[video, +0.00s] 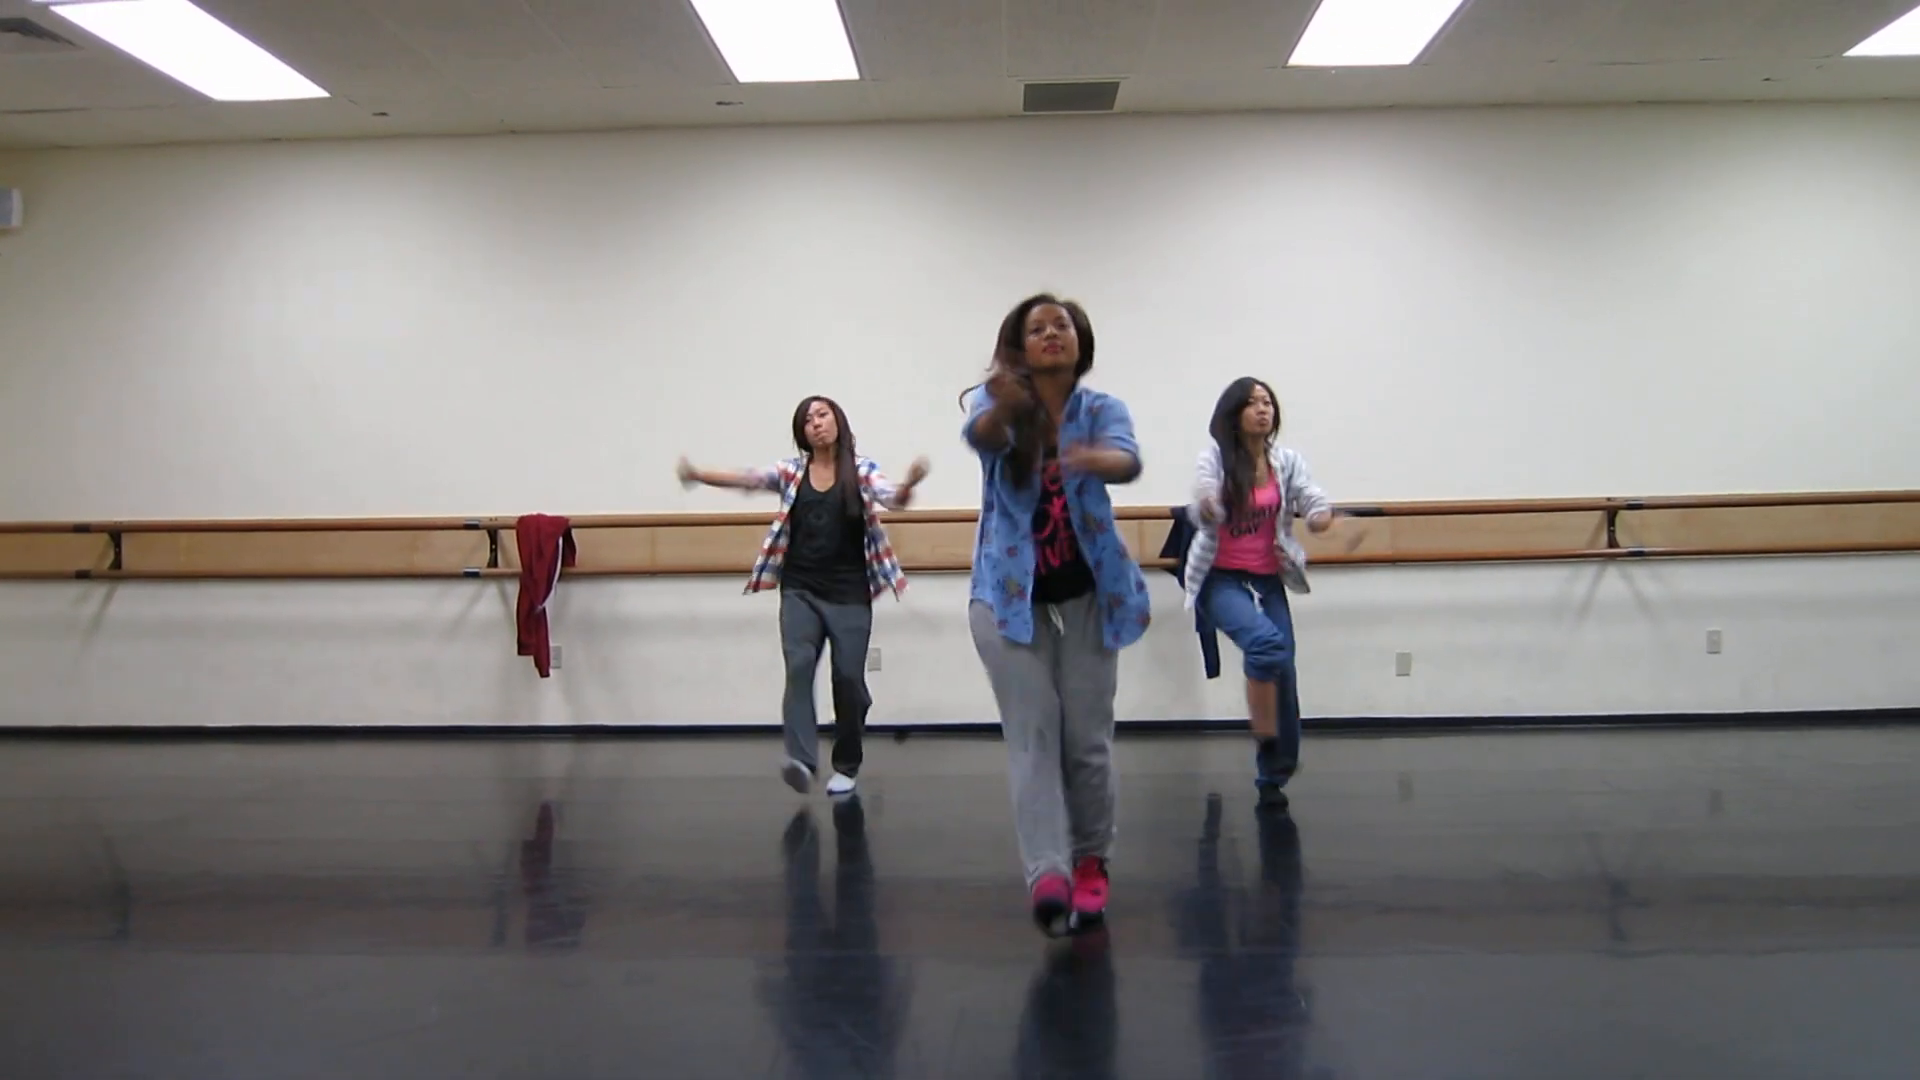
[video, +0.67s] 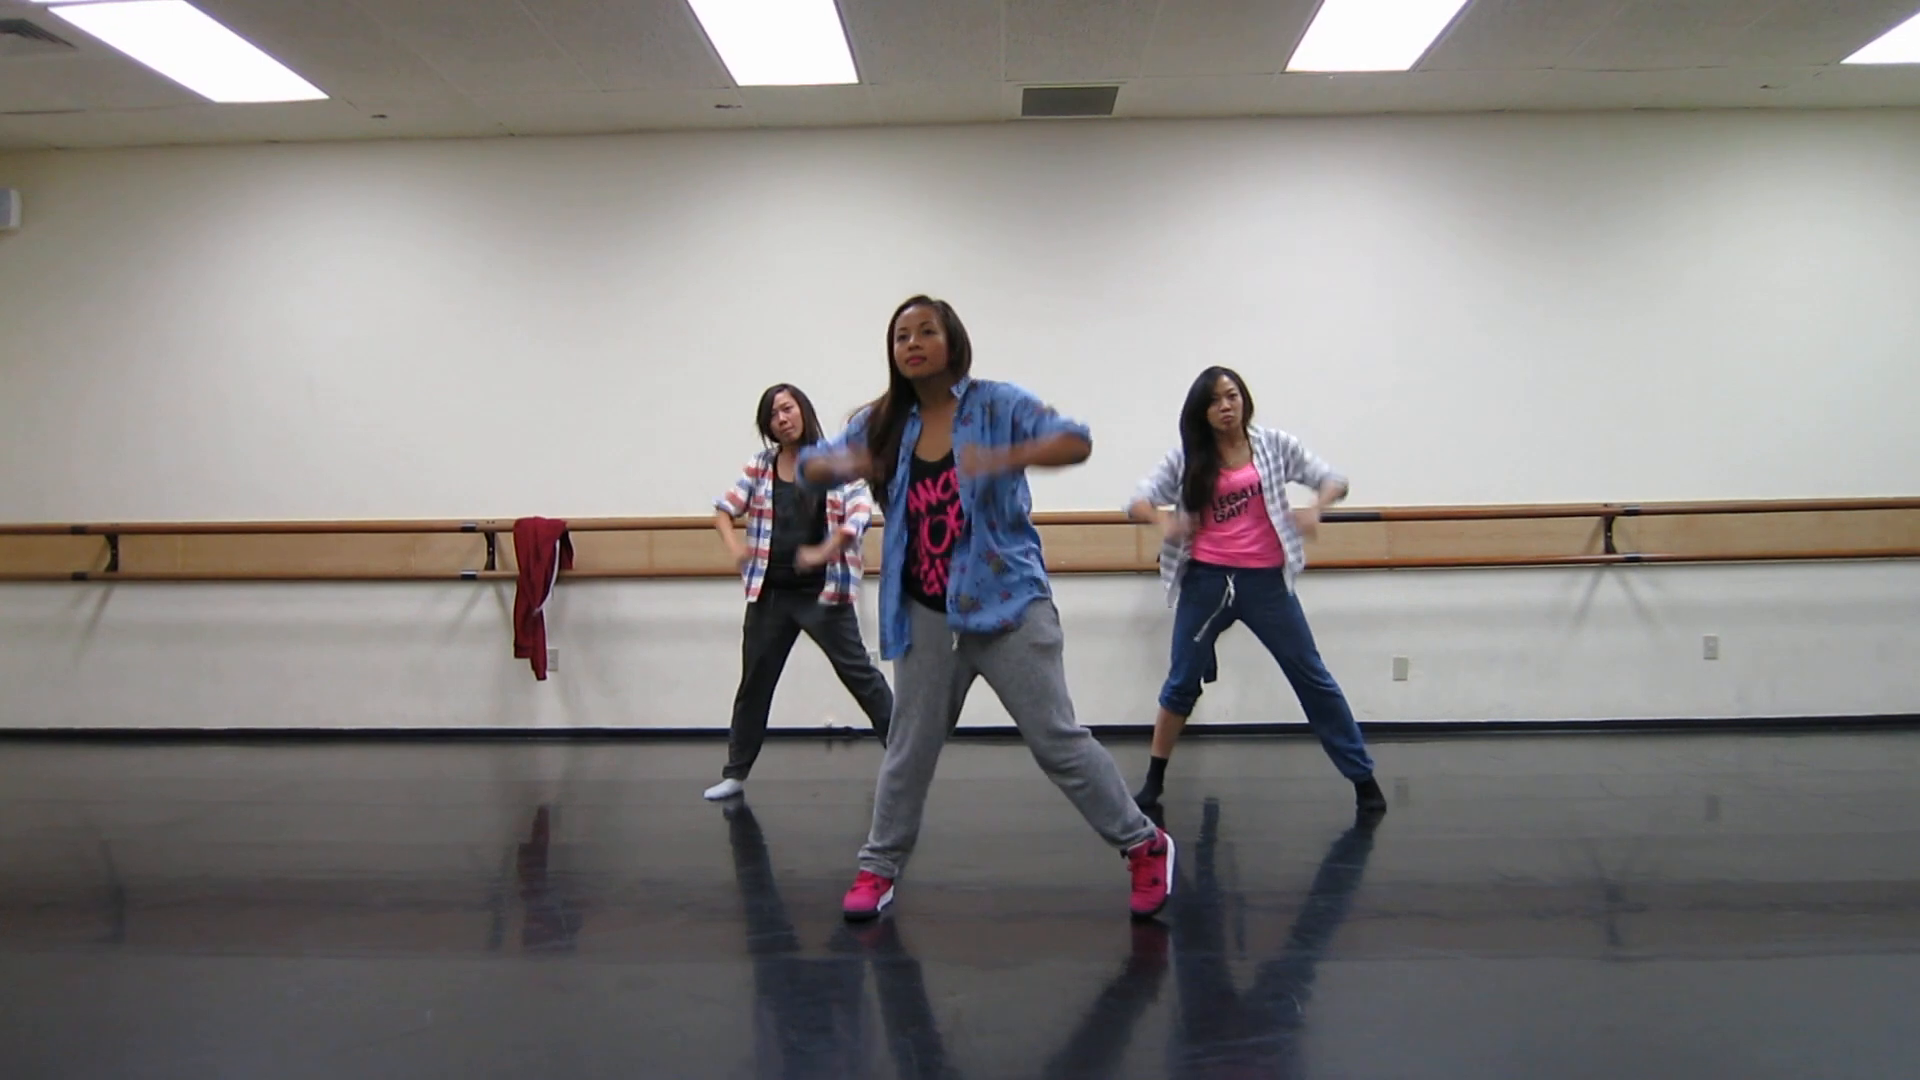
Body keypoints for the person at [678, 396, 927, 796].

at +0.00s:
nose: (818, 422)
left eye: (824, 414)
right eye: (810, 419)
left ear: (840, 422)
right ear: (803, 433)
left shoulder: (861, 469)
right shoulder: (791, 471)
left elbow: (894, 503)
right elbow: (746, 479)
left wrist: (909, 484)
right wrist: (698, 475)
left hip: (850, 596)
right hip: (800, 593)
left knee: (849, 681)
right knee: (798, 670)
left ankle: (846, 768)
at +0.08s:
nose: (813, 415)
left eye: (820, 408)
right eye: (805, 412)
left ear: (835, 415)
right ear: (798, 425)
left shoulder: (855, 459)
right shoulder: (793, 461)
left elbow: (839, 492)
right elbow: (775, 473)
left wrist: (802, 505)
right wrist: (778, 475)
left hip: (843, 590)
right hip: (795, 585)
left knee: (847, 684)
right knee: (779, 654)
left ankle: (844, 766)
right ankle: (770, 737)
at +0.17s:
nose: (806, 399)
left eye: (812, 392)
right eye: (797, 396)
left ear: (828, 399)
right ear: (790, 409)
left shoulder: (848, 443)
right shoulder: (785, 443)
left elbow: (811, 481)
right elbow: (780, 463)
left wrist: (760, 495)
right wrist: (803, 451)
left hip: (842, 577)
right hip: (791, 571)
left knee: (850, 662)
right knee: (762, 640)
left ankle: (852, 759)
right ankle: (771, 731)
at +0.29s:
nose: (795, 402)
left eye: (801, 393)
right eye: (788, 399)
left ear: (820, 400)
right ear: (782, 413)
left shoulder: (840, 436)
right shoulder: (774, 449)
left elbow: (868, 459)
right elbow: (722, 456)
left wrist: (810, 459)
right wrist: (762, 439)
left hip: (834, 579)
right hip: (780, 580)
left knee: (862, 657)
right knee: (757, 667)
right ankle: (730, 763)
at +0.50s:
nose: (783, 416)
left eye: (789, 407)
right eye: (775, 413)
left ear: (807, 411)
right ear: (771, 426)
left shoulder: (834, 453)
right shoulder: (763, 462)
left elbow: (875, 443)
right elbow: (706, 458)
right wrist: (740, 448)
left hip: (829, 593)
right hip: (776, 594)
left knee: (857, 677)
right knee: (759, 683)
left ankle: (909, 751)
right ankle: (738, 774)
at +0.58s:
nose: (782, 415)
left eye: (787, 406)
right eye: (773, 412)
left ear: (805, 409)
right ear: (768, 425)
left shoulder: (835, 456)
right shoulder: (760, 465)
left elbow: (874, 491)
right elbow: (723, 506)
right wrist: (725, 502)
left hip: (825, 594)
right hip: (771, 596)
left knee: (862, 677)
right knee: (757, 685)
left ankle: (907, 752)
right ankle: (737, 774)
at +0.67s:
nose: (782, 417)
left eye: (788, 408)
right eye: (774, 414)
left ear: (806, 411)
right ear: (767, 425)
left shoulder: (835, 460)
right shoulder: (760, 466)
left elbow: (860, 513)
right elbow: (724, 510)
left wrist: (825, 550)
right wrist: (734, 546)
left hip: (823, 596)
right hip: (769, 595)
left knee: (862, 678)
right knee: (754, 685)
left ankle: (906, 756)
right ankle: (735, 774)